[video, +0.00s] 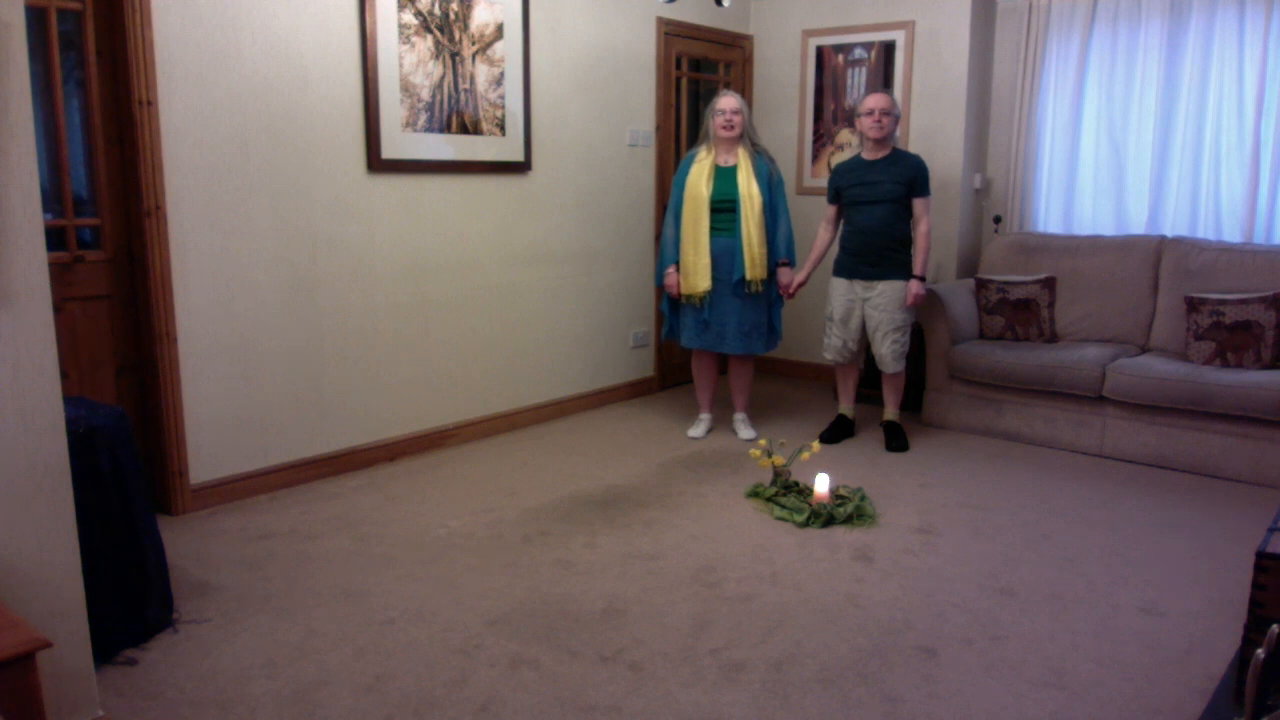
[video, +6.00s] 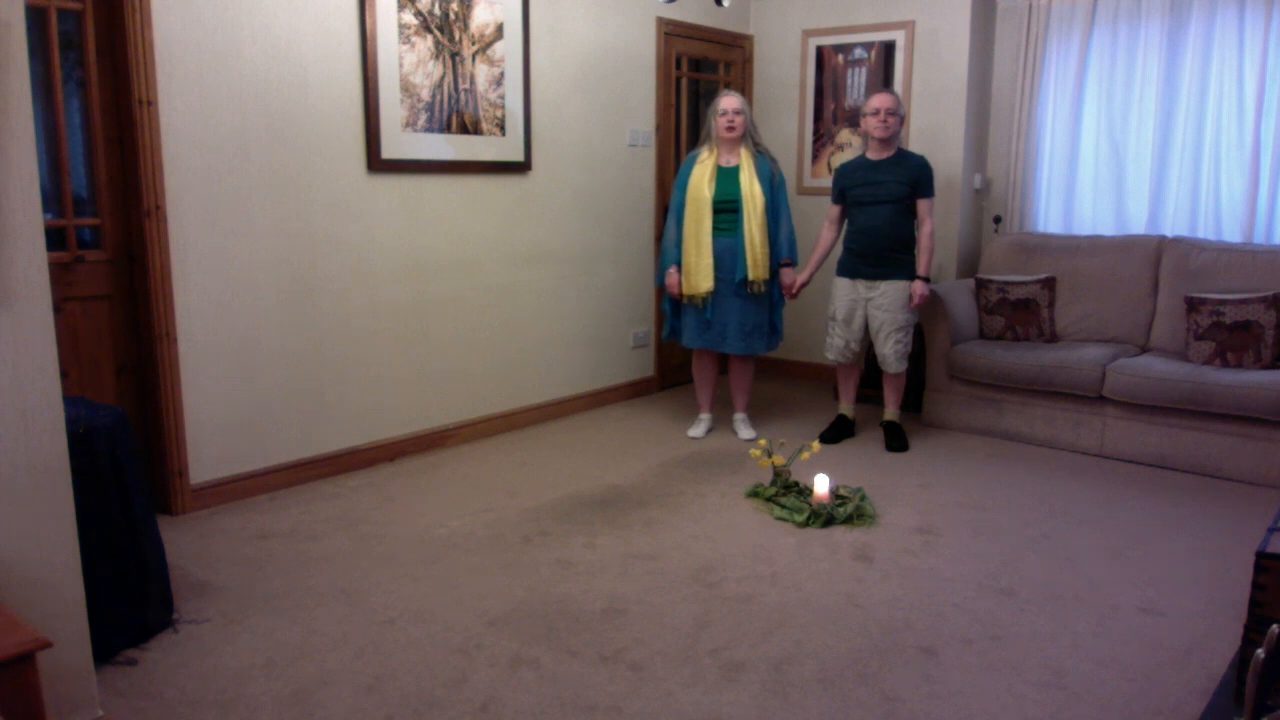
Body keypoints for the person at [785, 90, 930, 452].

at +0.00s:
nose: (877, 119)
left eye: (885, 114)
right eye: (870, 114)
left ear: (896, 121)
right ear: (857, 122)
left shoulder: (912, 167)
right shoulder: (842, 172)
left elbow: (922, 224)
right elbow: (828, 227)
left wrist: (918, 276)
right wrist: (804, 272)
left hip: (892, 279)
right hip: (847, 277)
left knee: (891, 354)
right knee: (843, 349)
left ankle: (892, 420)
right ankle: (845, 415)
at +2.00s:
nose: (879, 119)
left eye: (887, 113)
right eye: (871, 114)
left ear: (898, 121)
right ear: (858, 122)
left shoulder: (913, 166)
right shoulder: (843, 172)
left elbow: (923, 224)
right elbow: (829, 227)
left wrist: (920, 276)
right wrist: (805, 273)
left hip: (893, 279)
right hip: (848, 277)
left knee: (891, 354)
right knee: (843, 349)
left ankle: (892, 420)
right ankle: (845, 415)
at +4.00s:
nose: (881, 119)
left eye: (888, 113)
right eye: (873, 114)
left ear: (899, 121)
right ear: (860, 122)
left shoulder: (914, 166)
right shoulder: (844, 172)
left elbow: (923, 225)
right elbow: (830, 227)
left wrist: (920, 276)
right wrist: (805, 274)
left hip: (894, 278)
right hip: (849, 276)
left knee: (892, 354)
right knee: (844, 349)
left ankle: (892, 420)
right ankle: (845, 415)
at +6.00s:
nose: (883, 119)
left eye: (890, 113)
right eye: (875, 114)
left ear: (901, 121)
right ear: (862, 122)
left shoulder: (916, 167)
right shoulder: (846, 172)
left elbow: (925, 224)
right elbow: (831, 226)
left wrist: (922, 276)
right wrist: (807, 273)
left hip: (896, 279)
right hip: (851, 276)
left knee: (893, 354)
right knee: (845, 349)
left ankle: (892, 419)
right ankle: (845, 415)